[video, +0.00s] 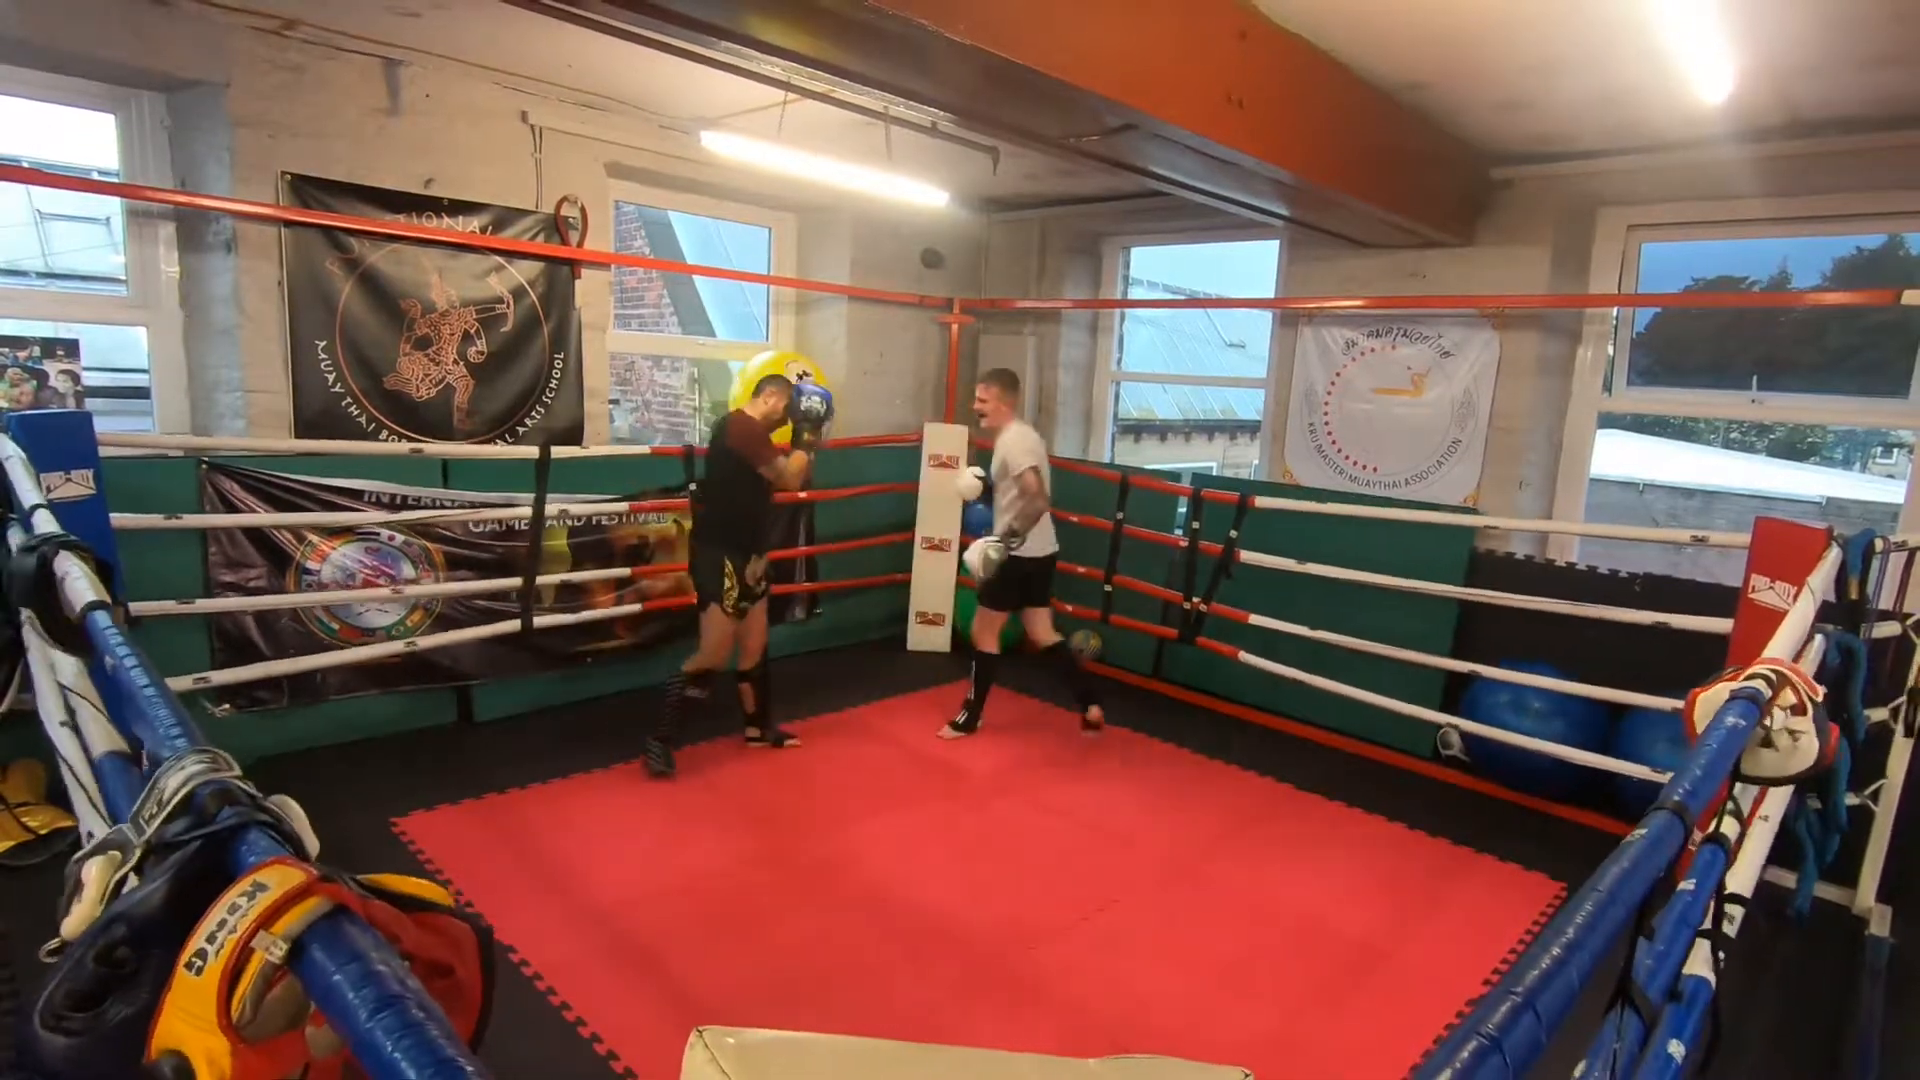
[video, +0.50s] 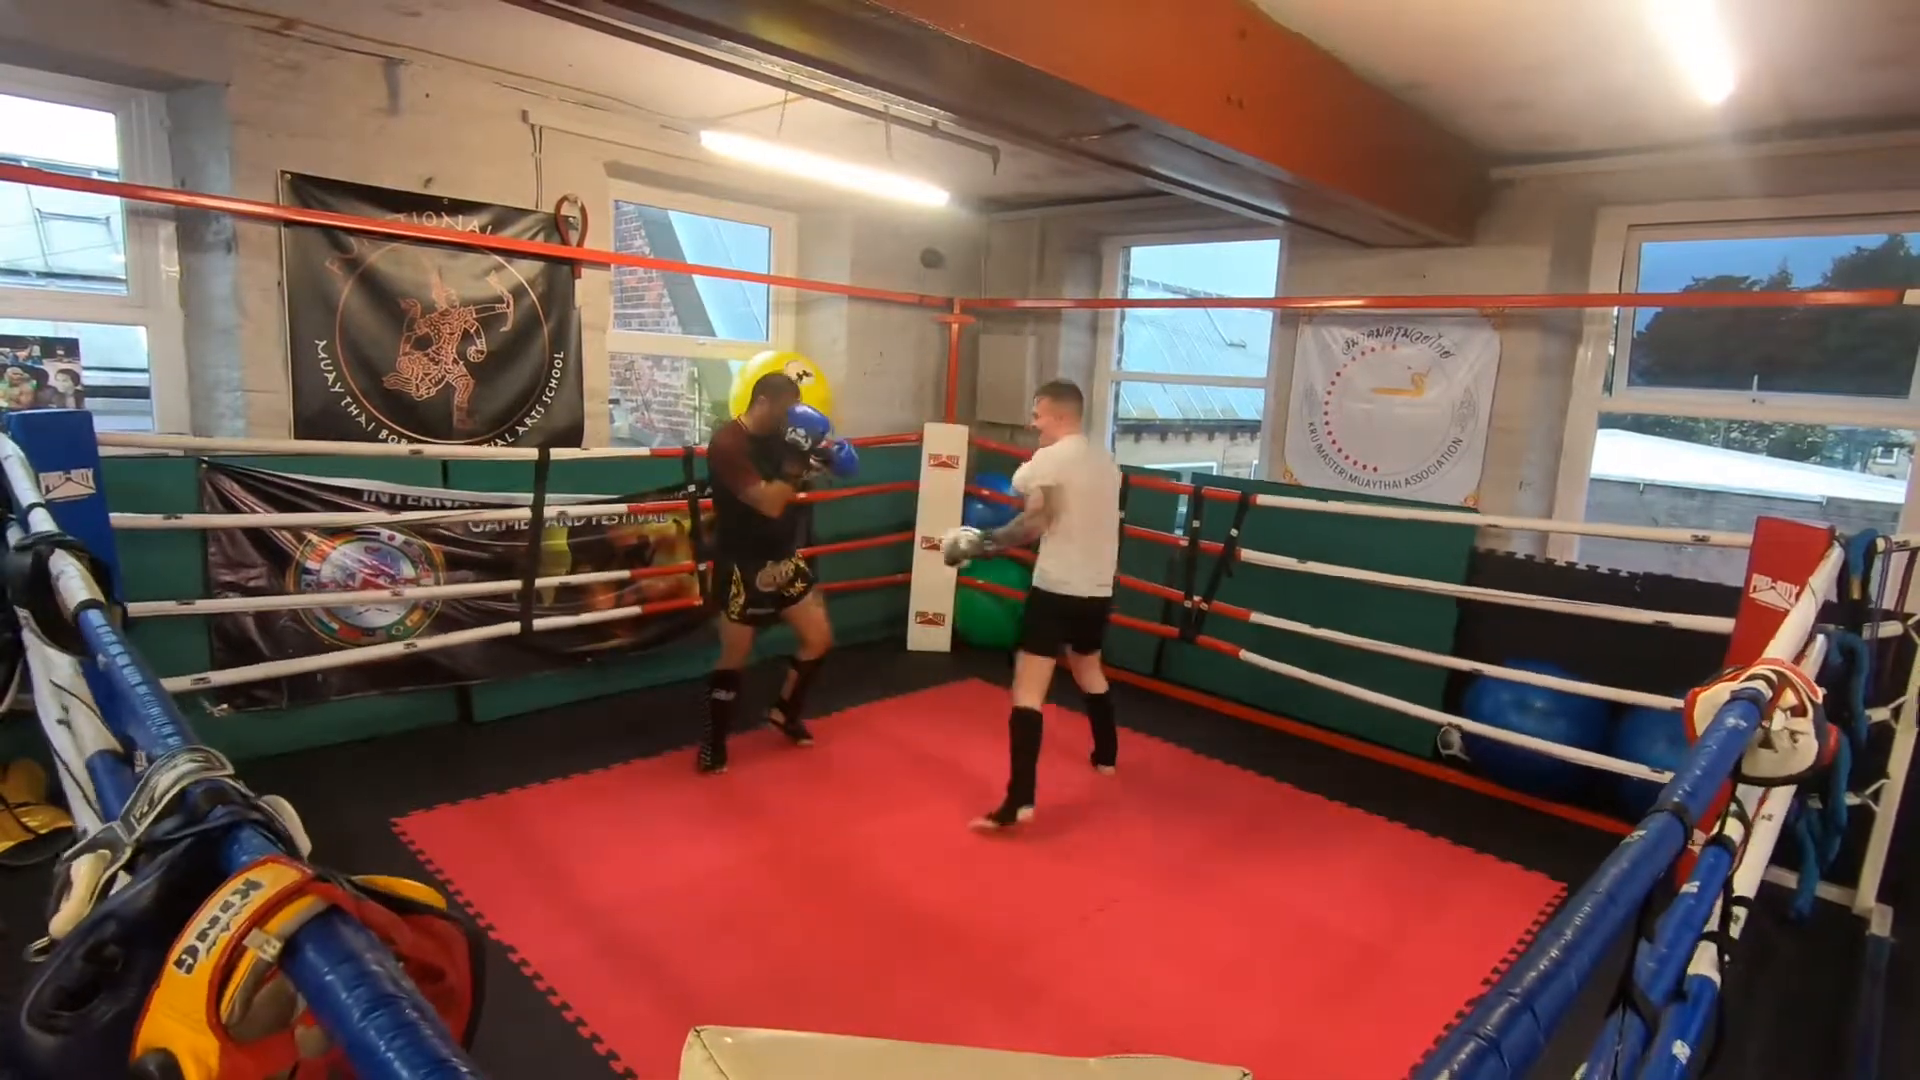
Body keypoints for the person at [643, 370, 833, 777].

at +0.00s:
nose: (783, 408)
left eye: (787, 403)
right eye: (780, 399)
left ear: (780, 407)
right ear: (763, 394)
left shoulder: (760, 435)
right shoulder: (740, 427)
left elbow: (790, 478)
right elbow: (789, 477)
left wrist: (807, 439)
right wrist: (808, 437)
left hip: (750, 552)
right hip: (720, 551)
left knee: (754, 645)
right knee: (715, 652)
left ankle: (758, 727)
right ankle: (661, 740)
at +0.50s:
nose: (789, 417)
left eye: (792, 410)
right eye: (785, 408)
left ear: (778, 407)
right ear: (761, 401)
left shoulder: (777, 439)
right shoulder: (727, 443)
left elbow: (794, 477)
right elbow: (768, 502)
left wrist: (825, 464)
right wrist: (796, 460)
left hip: (784, 559)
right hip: (742, 565)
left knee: (818, 638)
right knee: (735, 654)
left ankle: (786, 710)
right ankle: (715, 742)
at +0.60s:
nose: (796, 419)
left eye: (800, 412)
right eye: (792, 410)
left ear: (792, 408)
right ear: (767, 401)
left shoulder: (783, 441)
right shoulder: (735, 443)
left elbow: (800, 478)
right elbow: (772, 504)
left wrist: (833, 463)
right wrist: (804, 463)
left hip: (790, 560)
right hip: (746, 565)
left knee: (821, 642)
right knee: (732, 653)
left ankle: (820, 730)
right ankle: (714, 744)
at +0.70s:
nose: (811, 422)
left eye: (814, 414)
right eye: (807, 413)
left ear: (792, 406)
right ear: (782, 403)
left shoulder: (796, 445)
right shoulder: (747, 448)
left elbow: (812, 487)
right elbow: (782, 506)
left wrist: (848, 472)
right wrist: (813, 464)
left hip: (800, 563)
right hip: (754, 567)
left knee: (819, 652)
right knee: (735, 656)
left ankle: (844, 744)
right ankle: (714, 745)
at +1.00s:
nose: (832, 423)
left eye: (839, 419)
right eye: (829, 414)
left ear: (841, 422)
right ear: (813, 406)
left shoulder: (833, 447)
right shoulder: (775, 442)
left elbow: (870, 496)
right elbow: (814, 497)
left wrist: (886, 456)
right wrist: (840, 451)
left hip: (825, 570)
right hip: (776, 571)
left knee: (838, 665)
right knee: (751, 666)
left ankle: (846, 751)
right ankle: (724, 745)